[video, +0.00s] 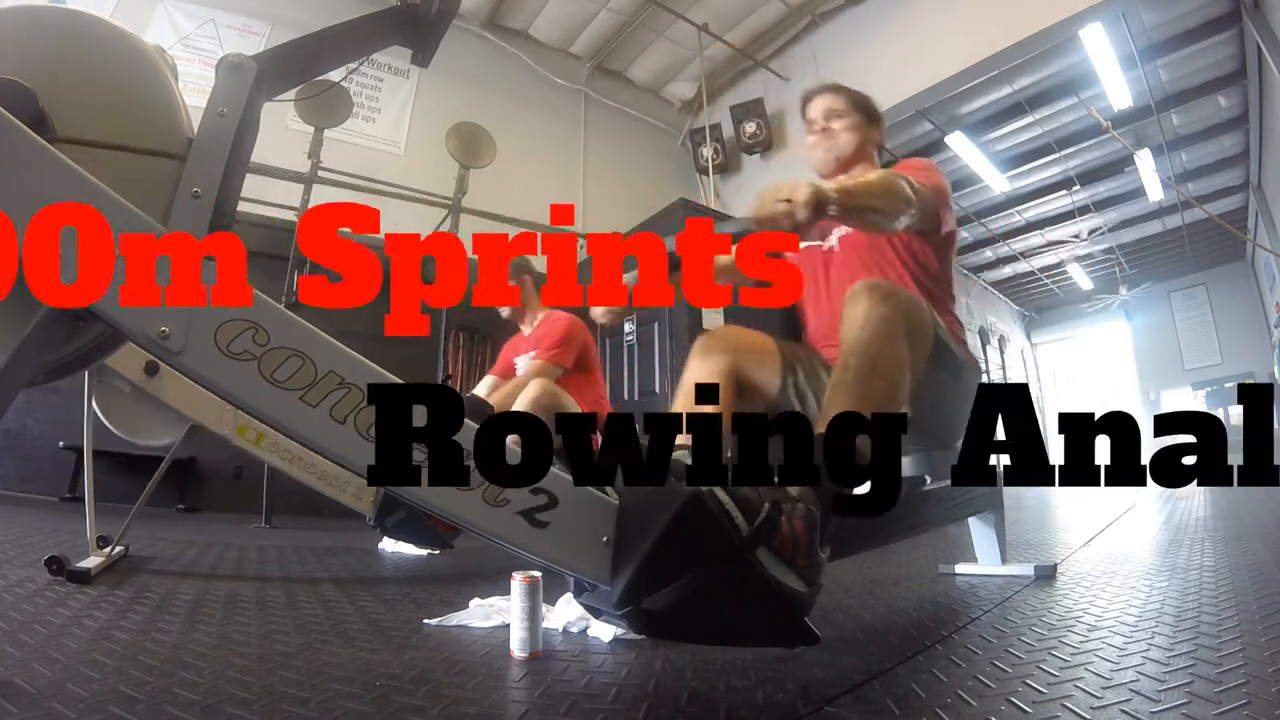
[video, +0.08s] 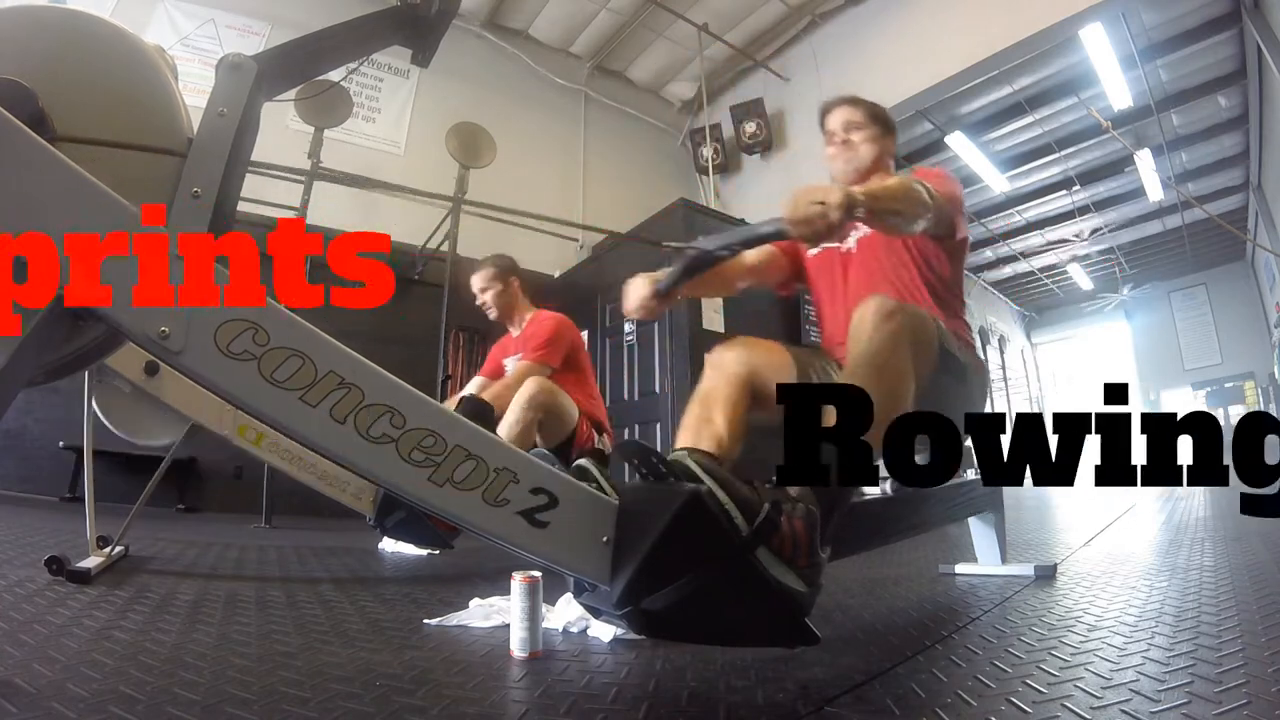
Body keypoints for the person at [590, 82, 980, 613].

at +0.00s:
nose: (819, 131)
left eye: (834, 118)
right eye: (810, 128)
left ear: (873, 129)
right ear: (805, 148)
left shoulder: (917, 173)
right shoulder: (801, 225)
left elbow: (901, 201)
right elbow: (726, 267)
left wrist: (828, 198)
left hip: (932, 386)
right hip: (831, 384)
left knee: (875, 300)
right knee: (715, 348)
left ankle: (812, 506)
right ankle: (677, 510)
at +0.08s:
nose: (839, 142)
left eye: (853, 130)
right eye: (830, 138)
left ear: (888, 141)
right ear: (825, 157)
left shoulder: (931, 182)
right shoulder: (815, 234)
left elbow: (917, 204)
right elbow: (743, 267)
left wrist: (852, 202)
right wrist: (668, 286)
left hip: (940, 374)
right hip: (841, 377)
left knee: (880, 313)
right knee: (730, 357)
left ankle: (816, 505)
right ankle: (683, 492)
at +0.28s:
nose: (883, 176)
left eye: (897, 165)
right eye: (873, 171)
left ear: (927, 173)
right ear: (867, 188)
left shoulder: (965, 215)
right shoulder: (855, 253)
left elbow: (961, 229)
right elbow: (798, 280)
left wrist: (910, 220)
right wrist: (740, 288)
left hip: (958, 381)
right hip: (868, 383)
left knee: (903, 362)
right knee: (768, 395)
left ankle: (809, 511)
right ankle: (683, 497)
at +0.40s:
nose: (902, 191)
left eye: (913, 180)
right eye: (892, 187)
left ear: (940, 189)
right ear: (886, 203)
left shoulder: (977, 235)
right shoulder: (869, 267)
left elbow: (1003, 267)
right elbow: (821, 309)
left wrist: (942, 232)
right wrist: (780, 299)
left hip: (961, 367)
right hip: (877, 378)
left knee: (913, 399)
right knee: (797, 421)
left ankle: (820, 520)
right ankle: (693, 500)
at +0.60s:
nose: (914, 208)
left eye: (925, 197)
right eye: (904, 203)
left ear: (951, 206)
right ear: (897, 220)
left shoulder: (990, 258)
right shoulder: (889, 282)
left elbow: (1047, 317)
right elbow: (853, 356)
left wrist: (1009, 267)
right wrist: (835, 325)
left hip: (962, 374)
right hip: (886, 382)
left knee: (915, 437)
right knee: (822, 445)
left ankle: (820, 529)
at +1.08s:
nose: (883, 182)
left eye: (894, 170)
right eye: (873, 178)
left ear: (925, 179)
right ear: (867, 194)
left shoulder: (970, 235)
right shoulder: (854, 269)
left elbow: (1016, 275)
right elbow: (808, 318)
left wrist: (970, 292)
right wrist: (769, 343)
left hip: (966, 374)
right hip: (882, 385)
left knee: (910, 413)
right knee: (805, 424)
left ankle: (828, 517)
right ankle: (693, 488)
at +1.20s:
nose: (863, 170)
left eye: (876, 157)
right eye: (853, 165)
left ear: (910, 165)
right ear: (847, 182)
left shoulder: (959, 223)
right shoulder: (837, 260)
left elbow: (967, 264)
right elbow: (786, 301)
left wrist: (930, 301)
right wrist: (733, 345)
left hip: (968, 388)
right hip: (879, 395)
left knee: (909, 381)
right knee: (786, 408)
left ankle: (822, 514)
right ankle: (703, 502)